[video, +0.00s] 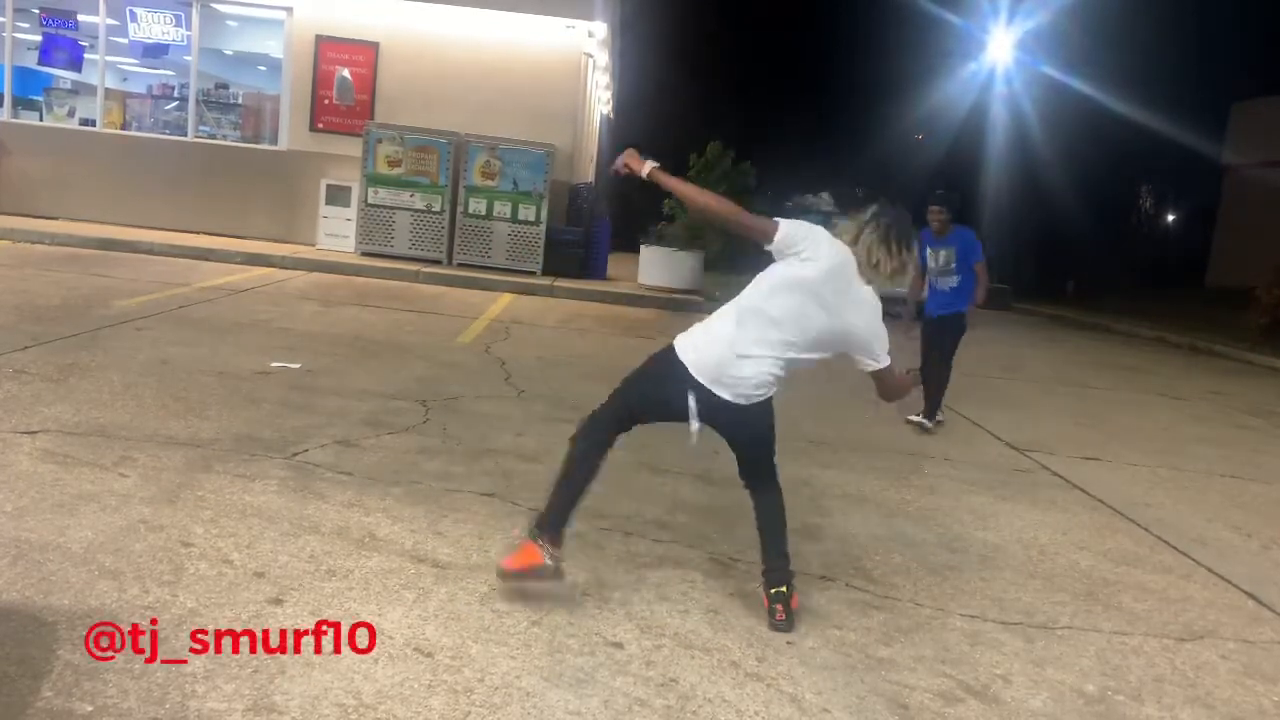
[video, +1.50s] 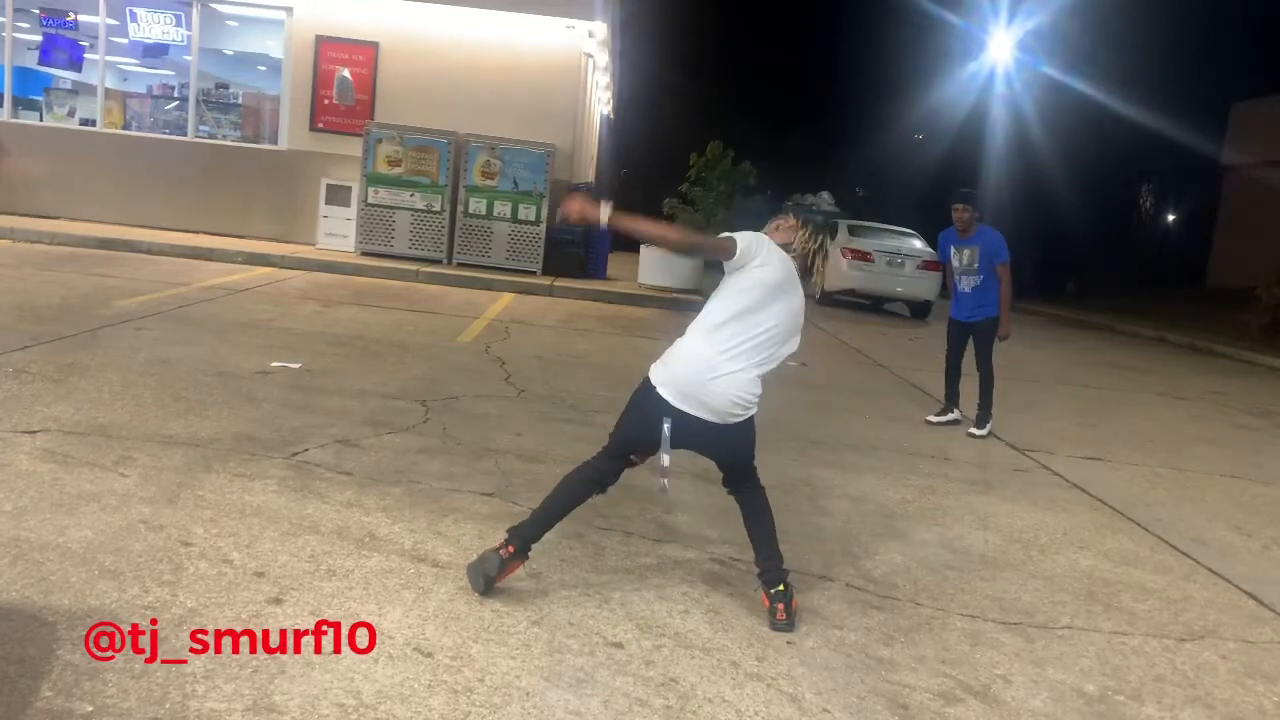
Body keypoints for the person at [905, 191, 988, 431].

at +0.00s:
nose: (935, 219)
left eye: (940, 214)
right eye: (931, 214)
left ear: (949, 215)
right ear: (927, 215)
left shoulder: (966, 238)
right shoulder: (925, 238)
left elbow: (981, 272)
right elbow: (919, 273)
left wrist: (977, 300)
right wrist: (912, 301)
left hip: (955, 310)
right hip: (931, 309)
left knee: (941, 359)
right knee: (927, 360)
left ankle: (931, 412)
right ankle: (931, 409)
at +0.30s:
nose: (959, 223)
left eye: (964, 218)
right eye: (955, 218)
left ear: (974, 220)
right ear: (950, 220)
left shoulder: (992, 245)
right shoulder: (946, 244)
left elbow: (1003, 283)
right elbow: (945, 274)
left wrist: (1003, 320)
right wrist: (947, 301)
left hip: (983, 317)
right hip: (956, 314)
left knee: (978, 365)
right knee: (938, 359)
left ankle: (984, 419)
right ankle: (934, 407)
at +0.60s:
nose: (969, 226)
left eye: (974, 221)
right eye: (965, 221)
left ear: (984, 222)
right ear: (960, 222)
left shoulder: (1001, 246)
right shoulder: (954, 246)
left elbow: (1014, 284)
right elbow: (956, 279)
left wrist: (1016, 322)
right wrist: (960, 307)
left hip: (994, 317)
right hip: (966, 315)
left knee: (984, 364)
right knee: (952, 361)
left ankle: (985, 419)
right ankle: (951, 409)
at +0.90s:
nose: (964, 221)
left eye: (969, 217)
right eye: (961, 216)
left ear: (981, 219)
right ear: (956, 219)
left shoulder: (998, 244)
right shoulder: (951, 244)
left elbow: (1009, 285)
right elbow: (954, 277)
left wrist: (1010, 323)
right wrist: (959, 303)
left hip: (990, 316)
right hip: (963, 314)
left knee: (983, 365)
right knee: (951, 360)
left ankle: (984, 419)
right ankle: (951, 409)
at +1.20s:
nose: (962, 217)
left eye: (967, 212)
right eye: (958, 212)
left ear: (978, 215)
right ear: (953, 215)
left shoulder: (995, 240)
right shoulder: (948, 240)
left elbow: (1007, 281)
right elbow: (952, 275)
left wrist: (1005, 321)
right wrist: (956, 303)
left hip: (987, 315)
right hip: (960, 313)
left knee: (983, 366)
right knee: (951, 361)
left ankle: (983, 418)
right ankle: (951, 408)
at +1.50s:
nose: (959, 216)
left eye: (964, 211)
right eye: (955, 210)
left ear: (975, 213)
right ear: (951, 213)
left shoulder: (993, 239)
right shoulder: (946, 238)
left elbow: (1005, 278)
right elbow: (949, 274)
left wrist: (1004, 320)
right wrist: (955, 302)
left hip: (986, 315)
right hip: (959, 313)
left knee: (984, 366)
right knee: (952, 361)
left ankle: (983, 418)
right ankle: (951, 408)